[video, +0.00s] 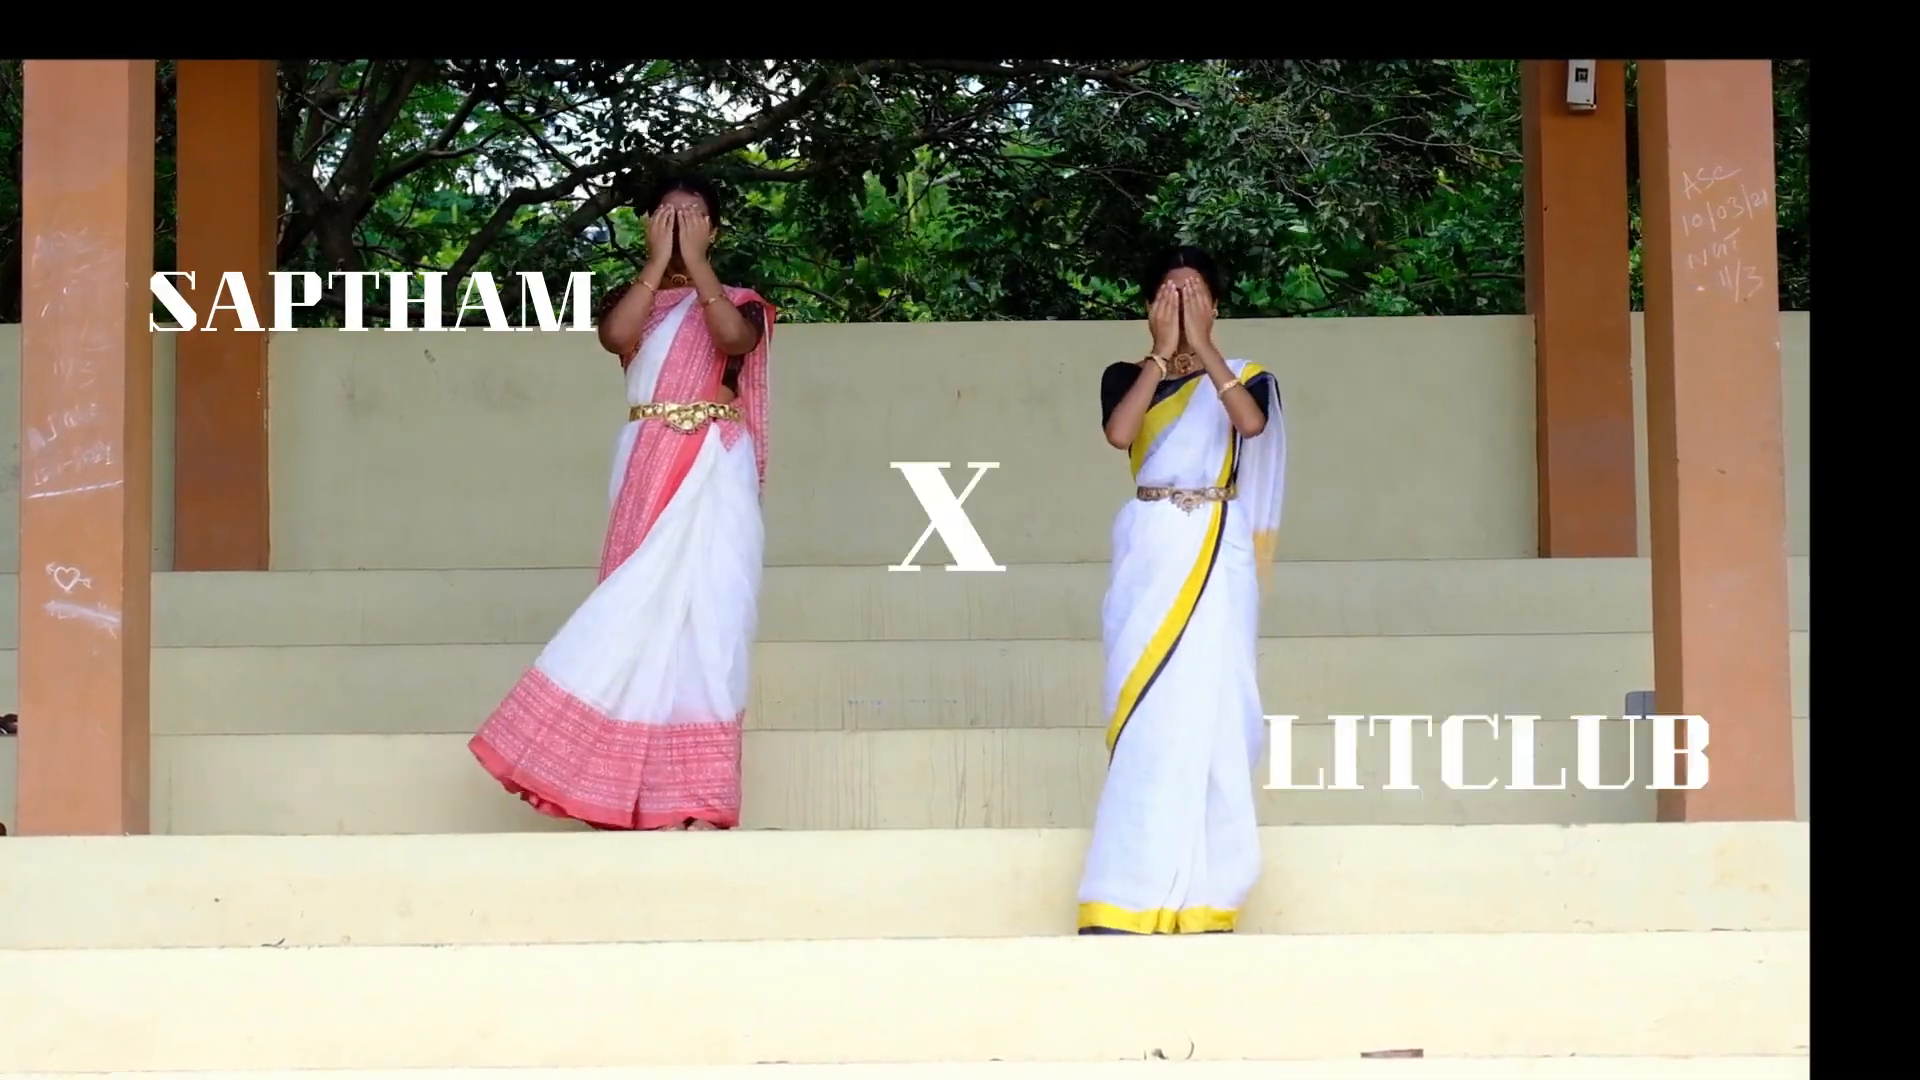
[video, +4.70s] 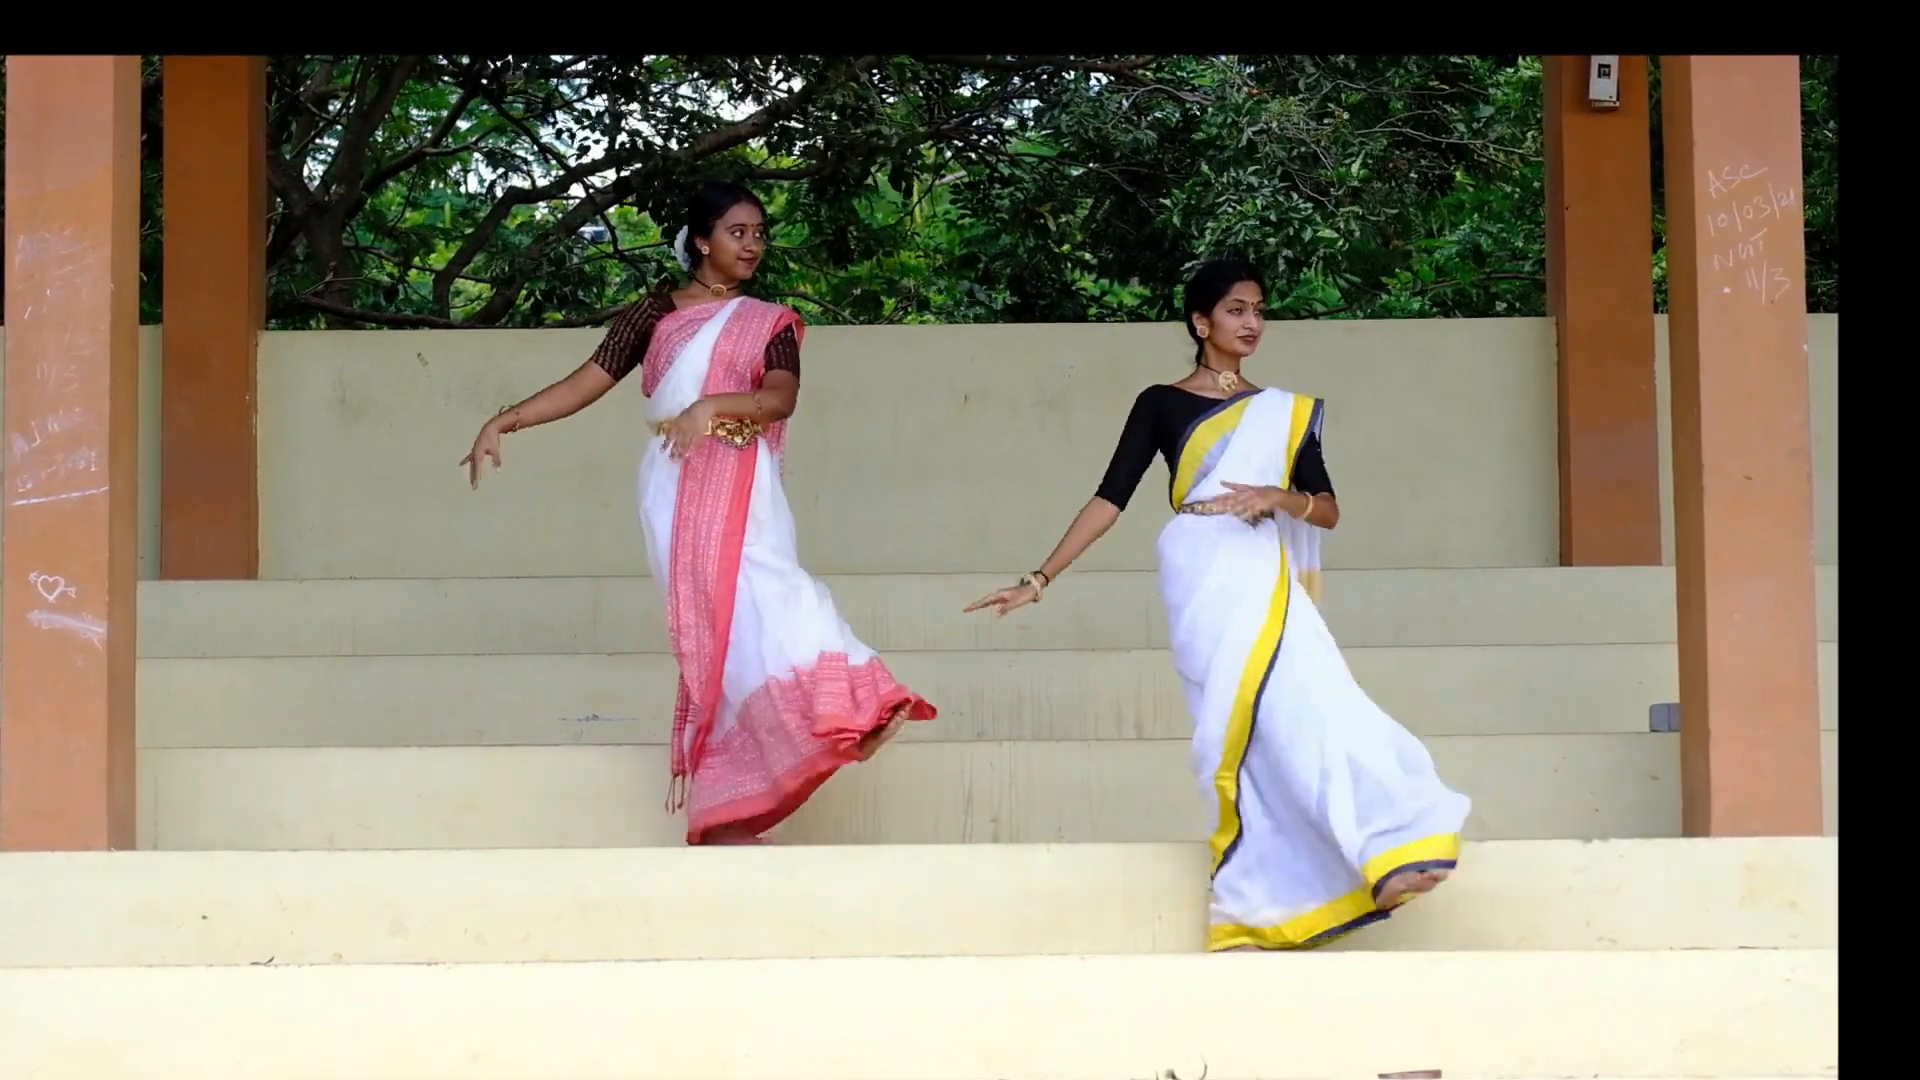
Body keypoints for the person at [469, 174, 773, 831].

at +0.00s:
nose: (681, 224)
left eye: (694, 214)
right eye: (669, 213)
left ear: (714, 227)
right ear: (652, 226)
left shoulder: (739, 300)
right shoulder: (636, 300)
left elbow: (736, 338)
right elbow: (617, 336)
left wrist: (696, 260)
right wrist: (657, 261)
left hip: (715, 469)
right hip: (647, 469)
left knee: (707, 620)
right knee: (639, 614)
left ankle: (696, 795)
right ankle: (626, 792)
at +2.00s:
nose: (674, 227)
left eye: (689, 216)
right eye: (664, 214)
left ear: (712, 227)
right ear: (644, 225)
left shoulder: (738, 305)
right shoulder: (628, 302)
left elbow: (732, 340)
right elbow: (615, 338)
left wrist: (693, 263)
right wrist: (658, 262)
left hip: (713, 478)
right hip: (643, 478)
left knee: (706, 628)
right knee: (639, 625)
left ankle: (703, 804)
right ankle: (635, 800)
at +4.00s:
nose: (681, 226)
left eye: (695, 214)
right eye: (670, 213)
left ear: (717, 226)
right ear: (651, 225)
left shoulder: (740, 301)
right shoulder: (638, 301)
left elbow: (742, 339)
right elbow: (608, 332)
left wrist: (701, 261)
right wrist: (658, 256)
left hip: (714, 476)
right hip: (646, 474)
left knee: (703, 627)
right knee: (650, 626)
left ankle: (693, 803)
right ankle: (644, 799)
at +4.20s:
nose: (704, 231)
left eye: (714, 220)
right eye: (690, 219)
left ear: (727, 229)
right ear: (664, 227)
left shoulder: (747, 307)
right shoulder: (631, 304)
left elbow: (766, 377)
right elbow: (590, 385)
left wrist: (702, 337)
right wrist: (636, 337)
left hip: (727, 482)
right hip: (655, 481)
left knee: (717, 629)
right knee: (658, 628)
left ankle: (703, 809)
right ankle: (652, 804)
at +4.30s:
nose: (720, 237)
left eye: (729, 226)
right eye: (705, 224)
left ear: (736, 235)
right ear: (674, 233)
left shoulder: (755, 313)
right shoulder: (633, 315)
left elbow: (767, 395)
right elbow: (609, 399)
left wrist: (720, 414)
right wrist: (604, 427)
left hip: (733, 490)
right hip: (659, 489)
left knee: (717, 631)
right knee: (661, 631)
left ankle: (706, 812)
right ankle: (659, 806)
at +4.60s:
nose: (748, 241)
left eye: (754, 229)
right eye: (734, 228)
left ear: (758, 235)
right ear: (698, 235)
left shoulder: (768, 315)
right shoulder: (651, 310)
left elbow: (768, 386)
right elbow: (583, 383)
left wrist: (693, 391)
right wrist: (505, 434)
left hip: (747, 479)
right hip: (674, 477)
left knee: (783, 585)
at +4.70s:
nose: (753, 245)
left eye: (758, 234)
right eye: (739, 232)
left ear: (761, 242)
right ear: (700, 239)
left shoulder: (771, 319)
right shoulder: (653, 315)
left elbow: (781, 398)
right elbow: (582, 386)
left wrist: (712, 406)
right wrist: (503, 420)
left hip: (748, 472)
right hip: (674, 475)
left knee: (764, 581)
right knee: (705, 612)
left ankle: (856, 698)